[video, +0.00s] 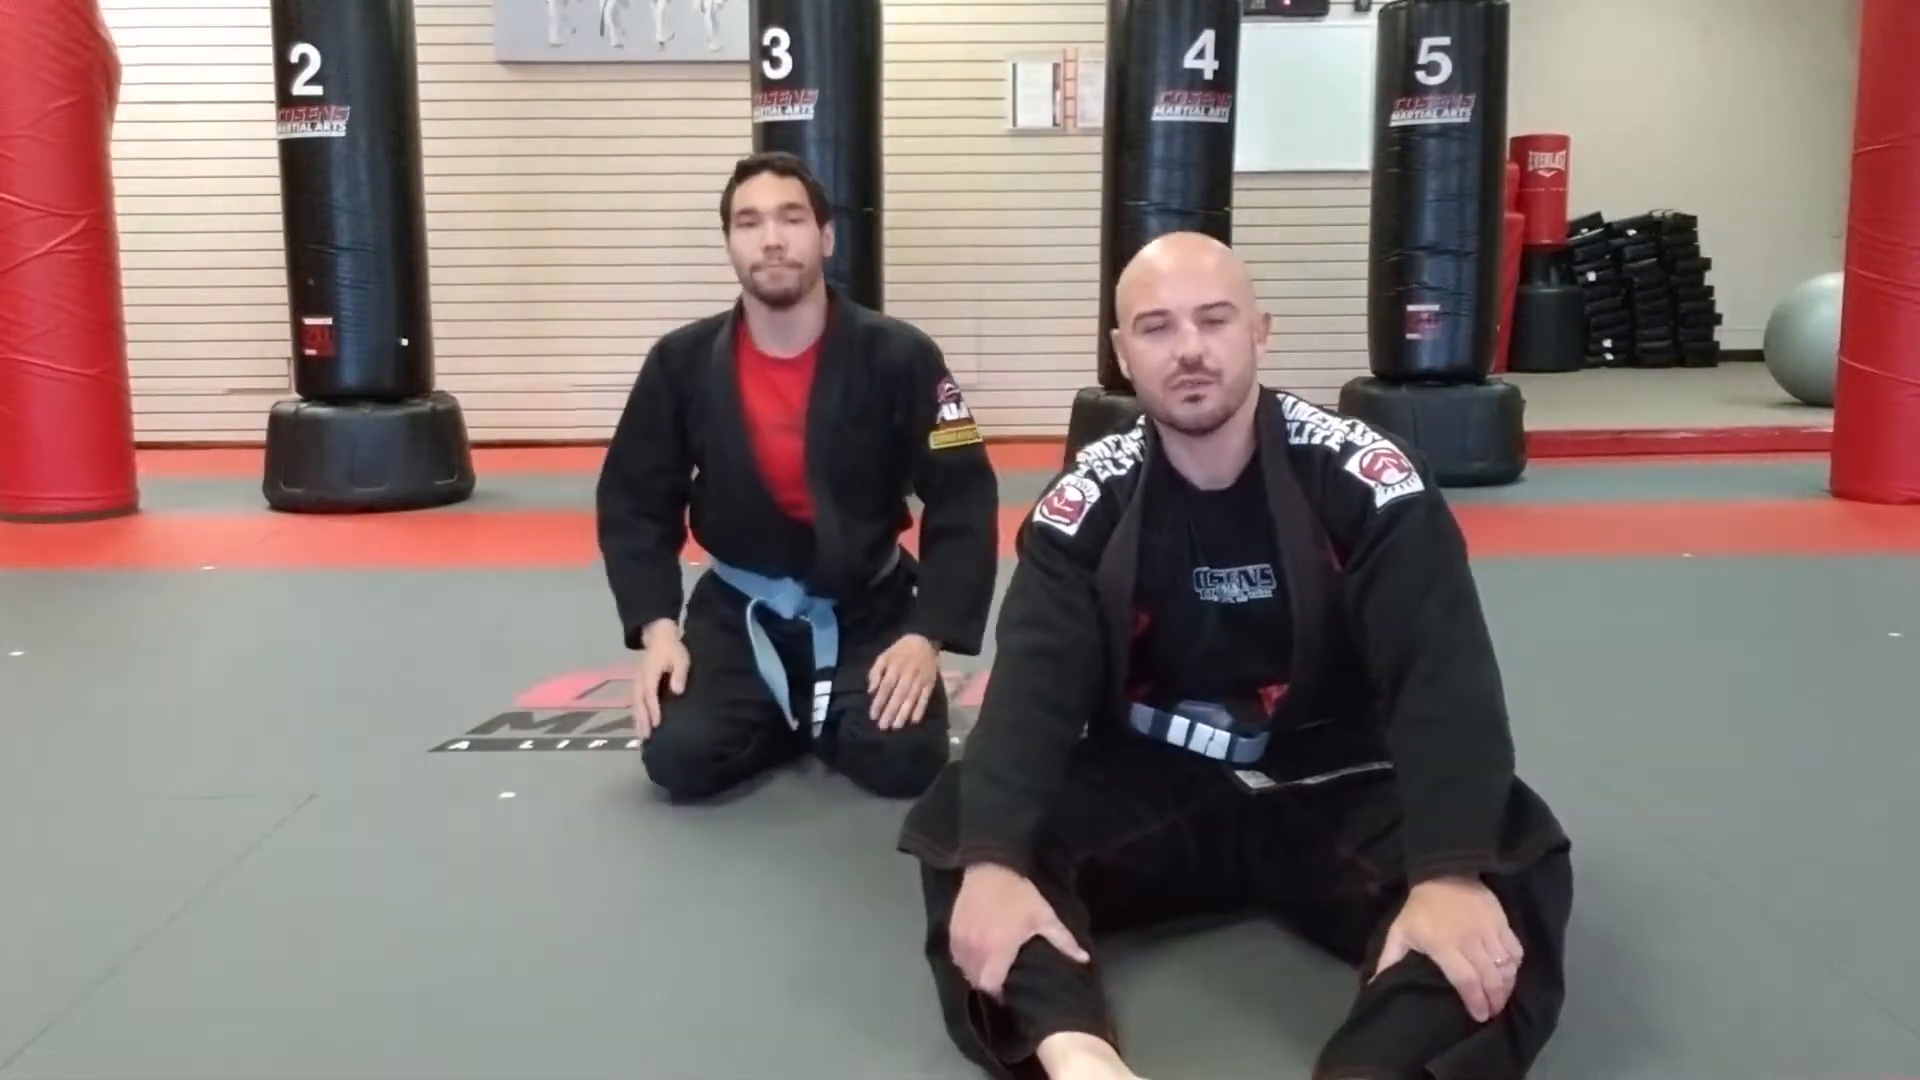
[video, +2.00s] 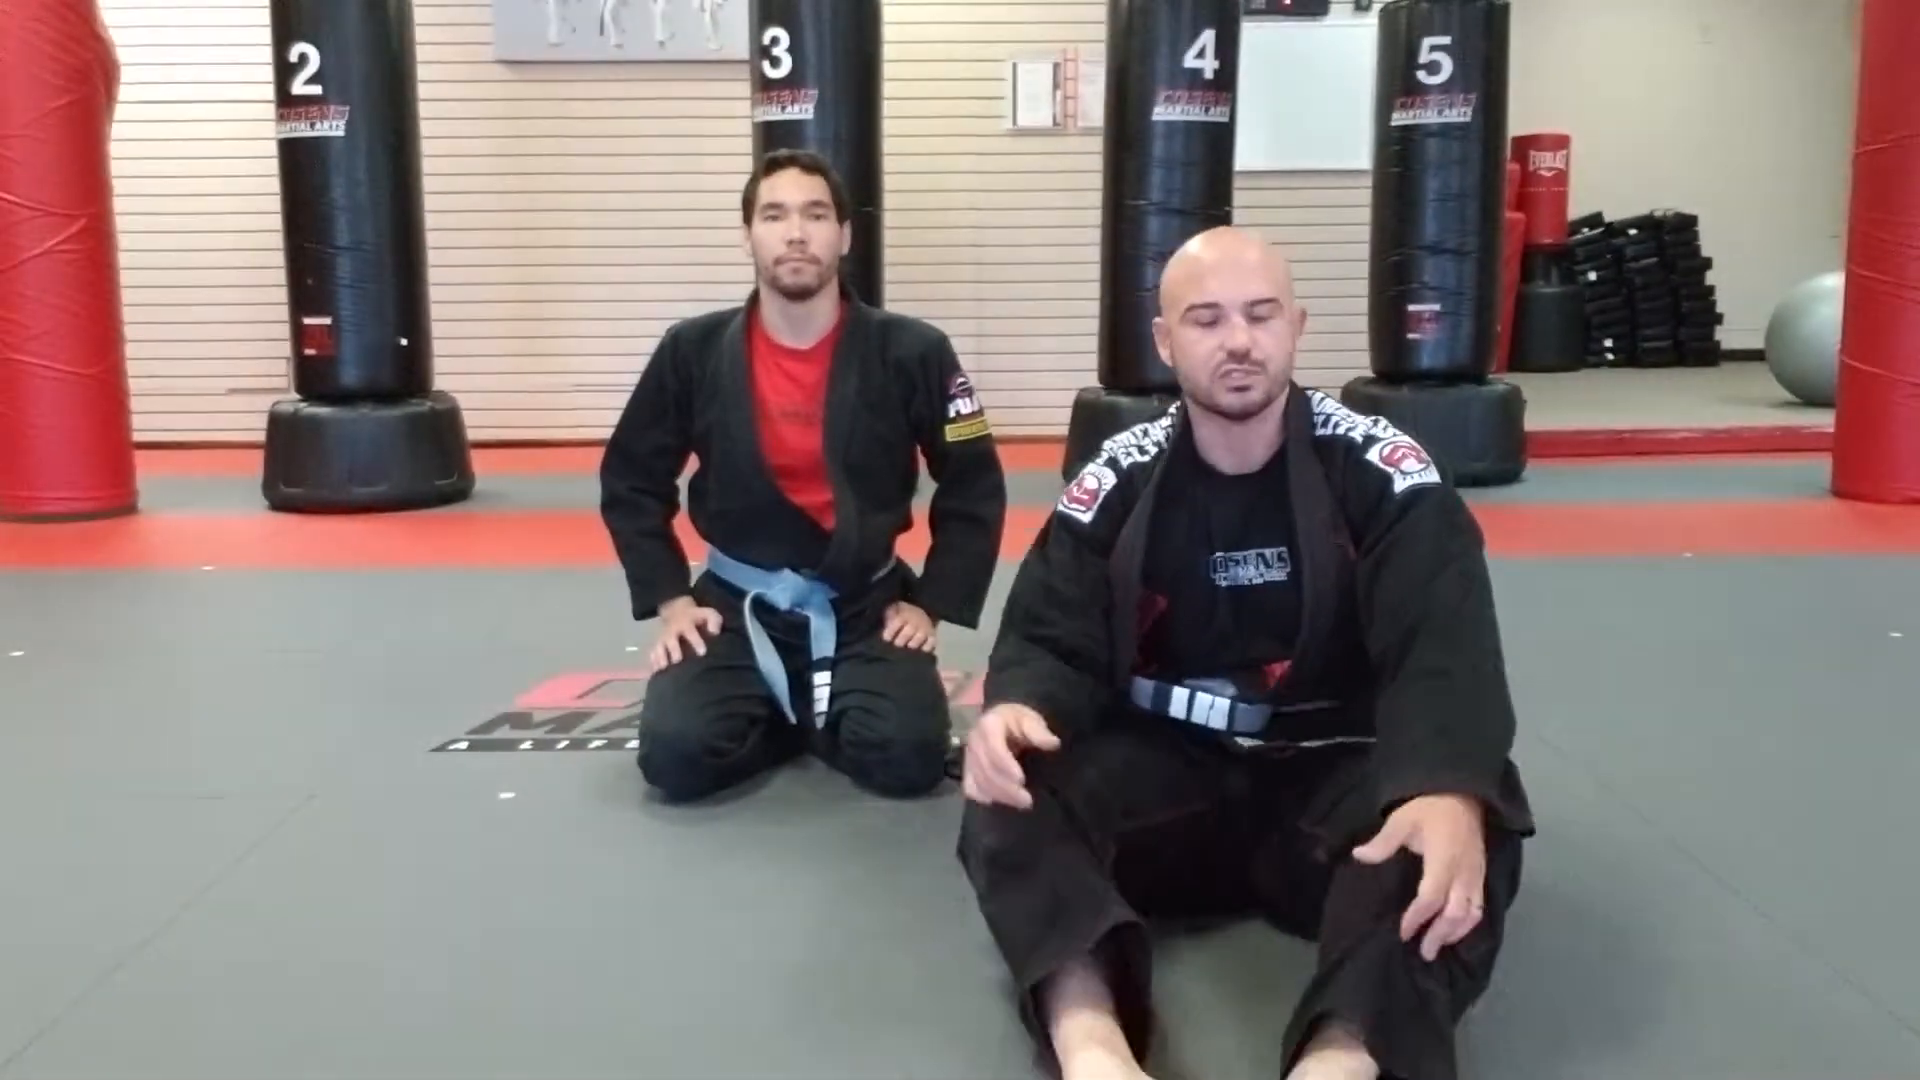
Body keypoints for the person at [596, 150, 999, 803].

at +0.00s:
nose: (771, 240)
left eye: (790, 219)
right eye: (750, 223)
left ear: (826, 237)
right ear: (728, 247)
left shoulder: (900, 360)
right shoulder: (682, 365)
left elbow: (964, 497)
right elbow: (635, 501)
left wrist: (929, 634)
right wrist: (655, 628)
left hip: (866, 599)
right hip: (740, 600)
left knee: (905, 761)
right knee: (682, 759)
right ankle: (810, 710)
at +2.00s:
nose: (795, 232)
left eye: (815, 215)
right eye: (774, 216)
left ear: (844, 237)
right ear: (749, 239)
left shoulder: (913, 355)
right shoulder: (694, 353)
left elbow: (974, 484)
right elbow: (631, 478)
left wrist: (932, 605)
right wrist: (669, 597)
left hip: (867, 605)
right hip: (736, 601)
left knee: (908, 760)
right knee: (678, 759)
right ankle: (804, 713)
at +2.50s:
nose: (772, 275)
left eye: (792, 252)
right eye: (749, 254)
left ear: (824, 257)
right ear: (725, 263)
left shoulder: (889, 370)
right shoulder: (676, 374)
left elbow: (936, 519)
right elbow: (628, 518)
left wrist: (872, 621)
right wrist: (627, 646)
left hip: (861, 609)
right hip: (735, 604)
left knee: (919, 758)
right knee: (676, 749)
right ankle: (809, 708)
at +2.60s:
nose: (747, 306)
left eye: (767, 280)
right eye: (725, 284)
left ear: (801, 280)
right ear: (700, 289)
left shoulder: (866, 387)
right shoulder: (655, 395)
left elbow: (900, 545)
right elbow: (613, 552)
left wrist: (841, 678)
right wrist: (595, 704)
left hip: (856, 605)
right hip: (731, 606)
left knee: (902, 752)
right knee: (681, 750)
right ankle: (804, 710)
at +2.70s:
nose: (712, 353)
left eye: (733, 324)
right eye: (688, 328)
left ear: (769, 318)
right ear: (663, 328)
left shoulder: (839, 412)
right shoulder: (625, 419)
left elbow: (862, 587)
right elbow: (587, 578)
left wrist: (816, 749)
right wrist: (583, 748)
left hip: (835, 619)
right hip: (715, 620)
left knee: (893, 765)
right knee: (687, 764)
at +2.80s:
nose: (670, 425)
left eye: (691, 395)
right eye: (644, 400)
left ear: (730, 372)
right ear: (618, 384)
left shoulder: (802, 432)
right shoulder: (587, 445)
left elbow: (841, 601)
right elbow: (570, 596)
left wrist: (804, 770)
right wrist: (582, 750)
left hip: (817, 626)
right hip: (697, 627)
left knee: (882, 770)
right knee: (682, 772)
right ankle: (799, 716)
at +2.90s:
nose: (626, 489)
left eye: (647, 460)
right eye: (602, 467)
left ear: (689, 418)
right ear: (578, 443)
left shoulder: (782, 437)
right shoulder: (561, 466)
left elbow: (831, 606)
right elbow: (557, 606)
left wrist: (803, 771)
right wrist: (582, 752)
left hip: (799, 599)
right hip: (679, 611)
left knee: (858, 767)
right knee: (668, 768)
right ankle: (791, 714)